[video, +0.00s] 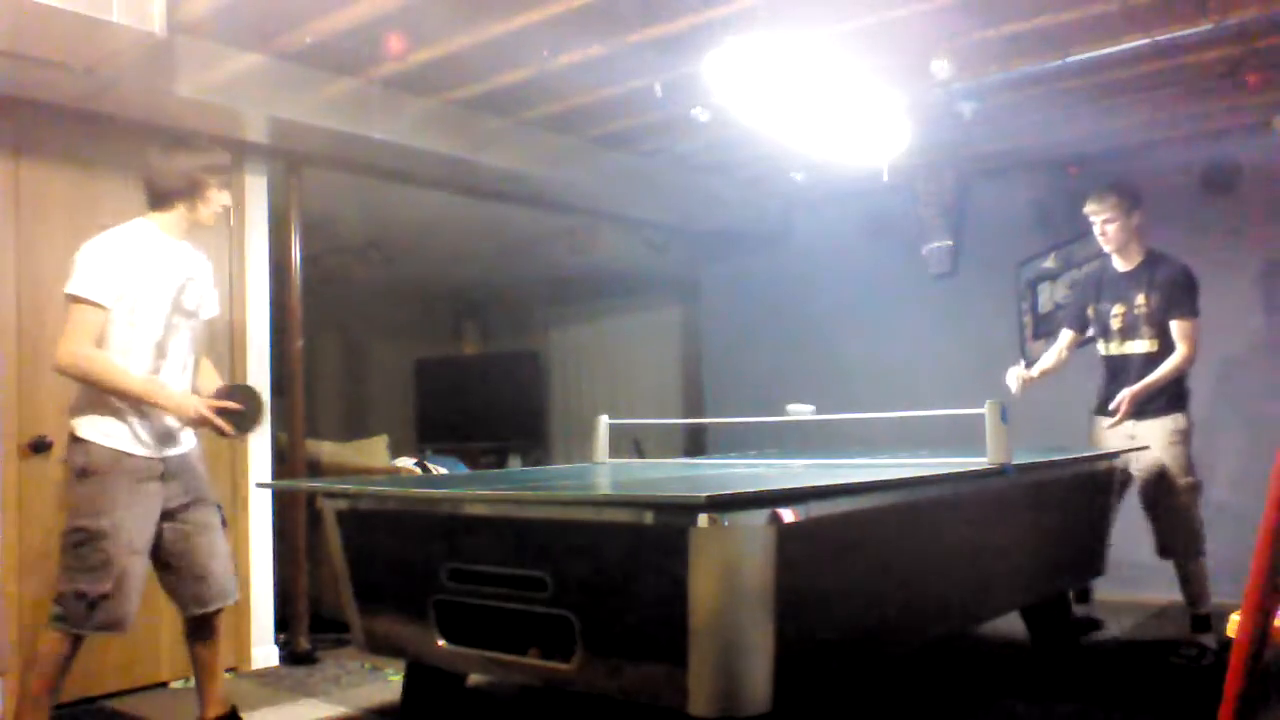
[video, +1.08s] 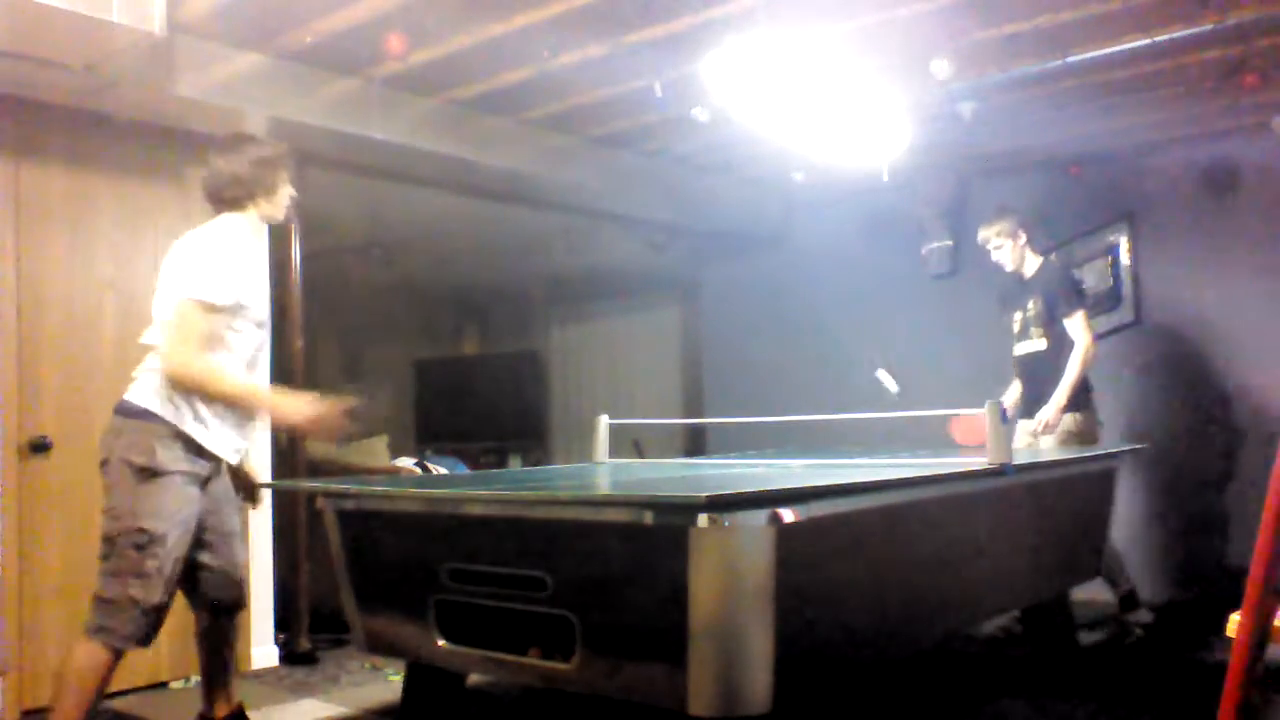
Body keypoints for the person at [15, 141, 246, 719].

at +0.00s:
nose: (228, 199)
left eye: (227, 186)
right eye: (220, 186)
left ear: (196, 190)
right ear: (186, 188)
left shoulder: (198, 268)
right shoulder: (110, 251)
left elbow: (191, 356)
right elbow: (72, 353)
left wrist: (221, 398)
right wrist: (171, 399)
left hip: (177, 448)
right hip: (110, 448)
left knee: (209, 591)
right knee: (85, 598)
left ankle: (215, 712)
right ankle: (30, 713)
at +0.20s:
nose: (284, 224)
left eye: (283, 210)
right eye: (277, 210)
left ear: (244, 209)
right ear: (250, 209)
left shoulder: (229, 276)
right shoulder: (187, 265)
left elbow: (211, 373)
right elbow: (164, 379)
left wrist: (257, 431)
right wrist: (257, 418)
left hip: (184, 450)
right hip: (127, 448)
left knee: (212, 591)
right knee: (81, 602)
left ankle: (215, 712)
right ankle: (29, 714)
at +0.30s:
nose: (311, 242)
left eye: (312, 230)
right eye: (305, 228)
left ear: (266, 228)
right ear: (276, 227)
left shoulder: (248, 281)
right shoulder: (228, 276)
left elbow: (228, 386)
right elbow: (224, 394)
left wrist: (261, 451)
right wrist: (315, 428)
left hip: (190, 451)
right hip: (135, 443)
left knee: (220, 586)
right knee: (87, 596)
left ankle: (217, 711)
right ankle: (27, 713)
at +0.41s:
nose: (334, 255)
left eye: (335, 245)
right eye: (330, 243)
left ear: (284, 239)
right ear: (301, 242)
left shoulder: (249, 284)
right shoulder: (267, 292)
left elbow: (208, 386)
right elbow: (292, 408)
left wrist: (249, 456)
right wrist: (386, 435)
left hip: (193, 455)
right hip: (142, 446)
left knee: (222, 586)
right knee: (84, 597)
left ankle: (218, 710)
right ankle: (27, 711)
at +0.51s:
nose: (345, 263)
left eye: (347, 252)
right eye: (341, 250)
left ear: (295, 242)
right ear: (314, 244)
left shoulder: (256, 284)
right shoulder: (292, 295)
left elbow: (206, 372)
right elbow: (352, 391)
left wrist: (231, 449)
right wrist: (448, 409)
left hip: (195, 454)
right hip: (149, 442)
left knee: (221, 582)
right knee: (86, 587)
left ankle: (219, 708)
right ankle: (8, 699)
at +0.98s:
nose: (311, 200)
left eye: (308, 190)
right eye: (303, 190)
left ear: (257, 197)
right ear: (278, 198)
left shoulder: (243, 250)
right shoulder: (253, 247)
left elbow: (195, 344)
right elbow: (271, 361)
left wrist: (229, 453)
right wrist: (374, 368)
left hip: (208, 443)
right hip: (168, 429)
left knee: (230, 585)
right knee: (128, 588)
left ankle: (224, 710)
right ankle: (35, 710)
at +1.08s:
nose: (293, 193)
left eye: (290, 181)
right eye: (285, 181)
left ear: (236, 186)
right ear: (260, 187)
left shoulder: (242, 249)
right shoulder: (224, 242)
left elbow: (210, 368)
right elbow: (180, 358)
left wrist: (231, 456)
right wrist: (286, 405)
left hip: (202, 451)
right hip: (159, 437)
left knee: (222, 592)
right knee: (126, 606)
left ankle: (222, 708)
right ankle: (65, 715)